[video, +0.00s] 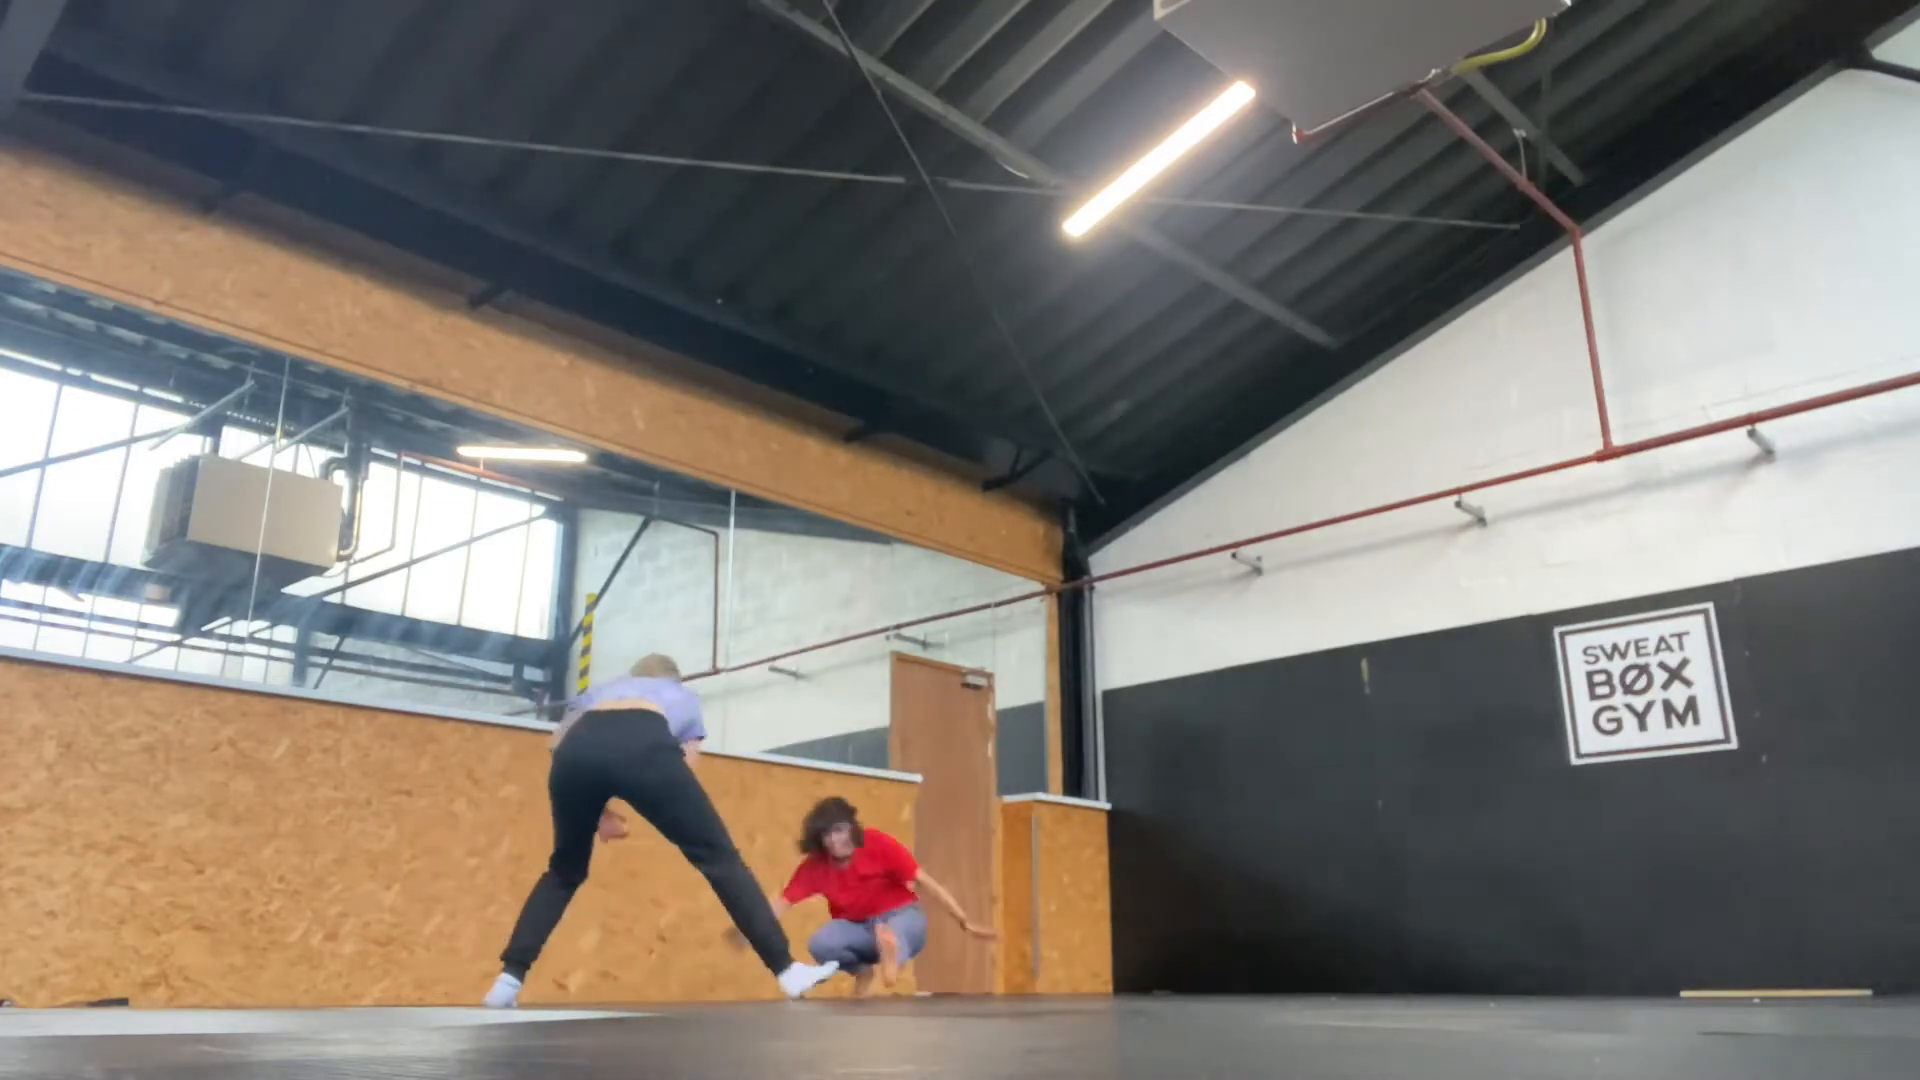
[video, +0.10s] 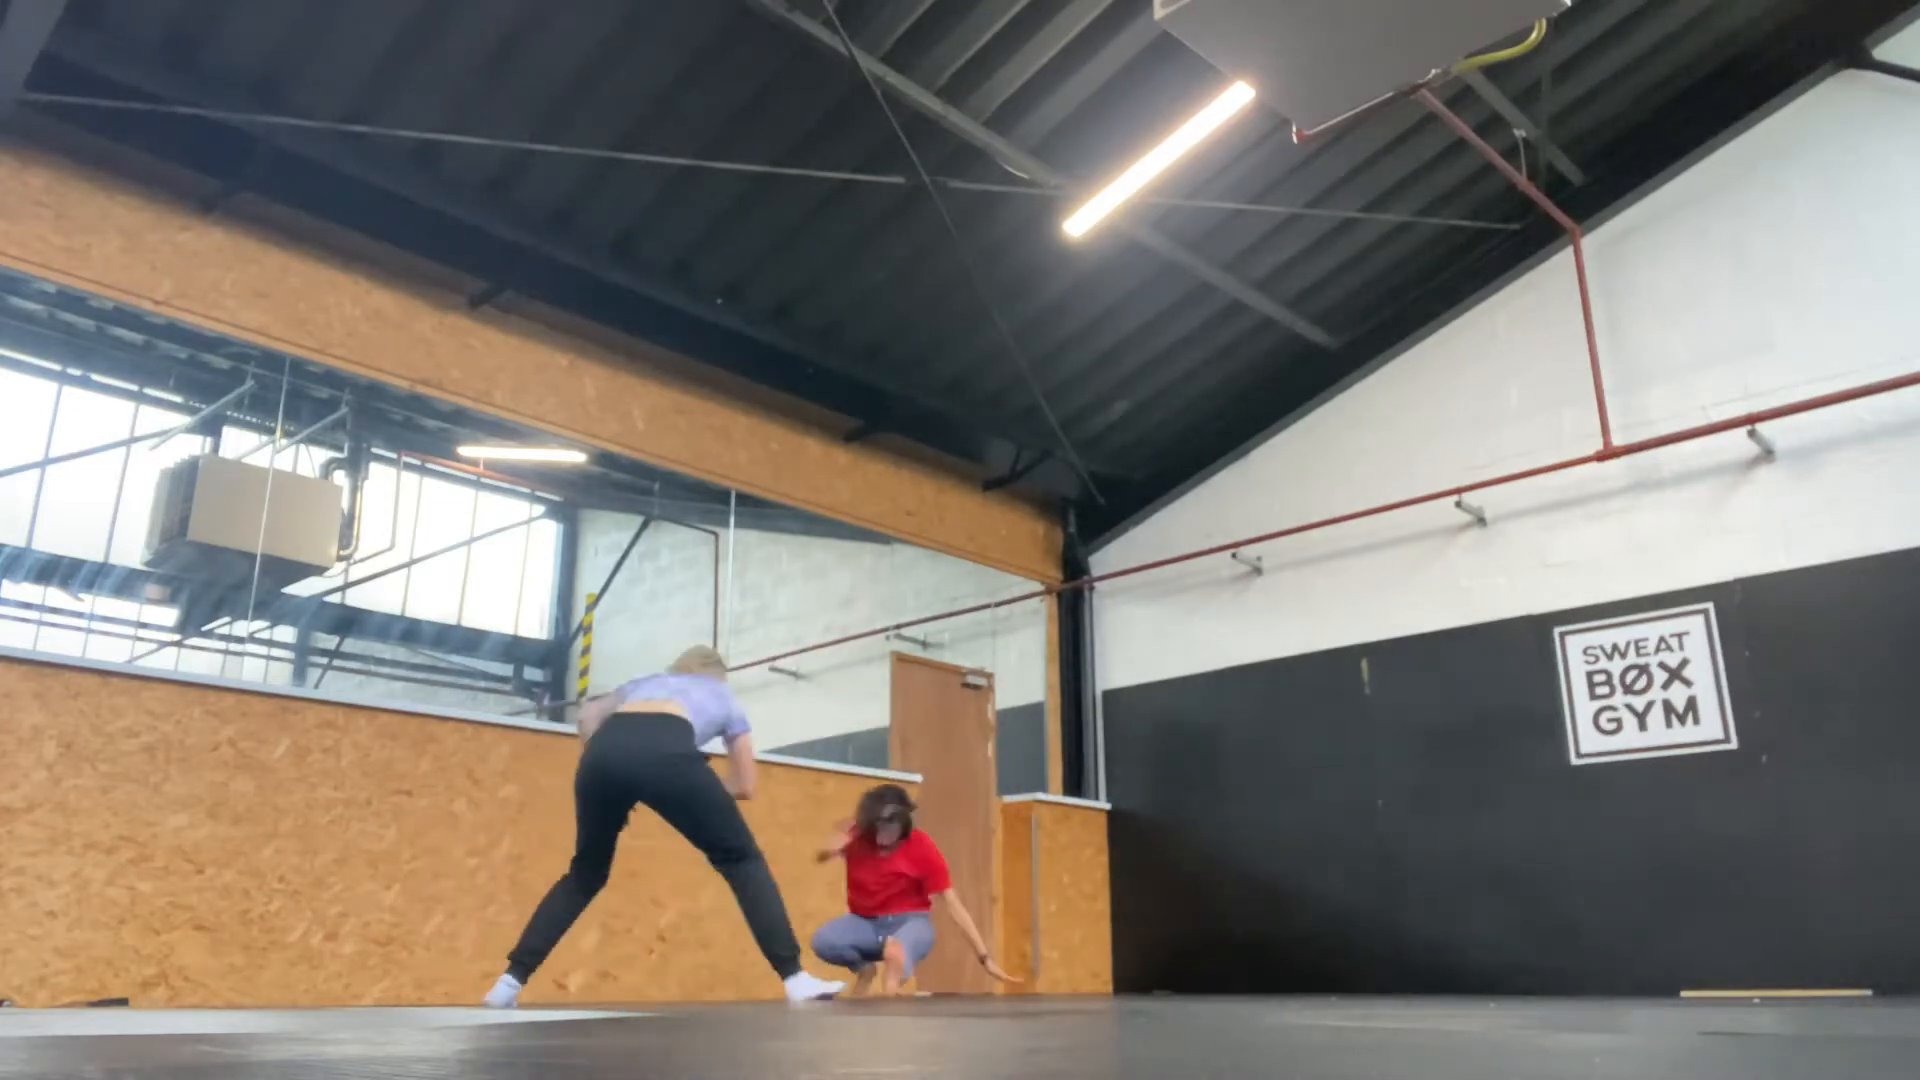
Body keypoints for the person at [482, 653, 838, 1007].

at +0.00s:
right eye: (676, 683)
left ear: (635, 674)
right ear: (676, 678)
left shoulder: (601, 689)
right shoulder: (685, 697)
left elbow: (561, 750)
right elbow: (683, 767)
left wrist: (596, 815)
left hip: (578, 747)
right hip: (644, 745)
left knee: (564, 869)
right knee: (719, 858)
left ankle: (508, 980)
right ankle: (787, 970)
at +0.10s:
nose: (722, 686)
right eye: (723, 679)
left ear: (679, 668)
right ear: (720, 675)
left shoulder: (645, 683)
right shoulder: (725, 699)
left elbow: (587, 714)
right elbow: (744, 786)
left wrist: (602, 760)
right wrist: (702, 782)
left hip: (605, 751)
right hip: (668, 752)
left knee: (586, 873)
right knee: (741, 861)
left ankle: (509, 984)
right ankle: (796, 979)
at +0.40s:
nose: (867, 703)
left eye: (865, 693)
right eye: (865, 694)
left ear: (817, 670)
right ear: (853, 683)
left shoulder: (778, 674)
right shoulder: (850, 697)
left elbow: (709, 682)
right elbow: (914, 744)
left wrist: (720, 698)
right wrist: (977, 780)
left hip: (696, 716)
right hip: (752, 729)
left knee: (624, 846)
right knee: (807, 849)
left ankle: (530, 958)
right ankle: (806, 980)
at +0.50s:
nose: (883, 692)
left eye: (883, 684)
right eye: (881, 685)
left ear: (834, 663)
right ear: (866, 674)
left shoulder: (794, 669)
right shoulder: (856, 685)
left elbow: (737, 684)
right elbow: (907, 720)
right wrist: (975, 756)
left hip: (705, 718)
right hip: (761, 726)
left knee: (646, 846)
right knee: (814, 850)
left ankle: (556, 933)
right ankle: (808, 980)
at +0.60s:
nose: (890, 671)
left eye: (892, 664)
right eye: (890, 662)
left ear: (845, 640)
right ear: (873, 650)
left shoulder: (795, 661)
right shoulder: (857, 664)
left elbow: (725, 683)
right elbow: (863, 681)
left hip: (709, 719)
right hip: (764, 728)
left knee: (661, 846)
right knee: (816, 850)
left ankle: (581, 917)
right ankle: (808, 978)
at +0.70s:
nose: (881, 639)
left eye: (883, 631)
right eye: (880, 630)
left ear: (835, 615)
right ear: (863, 624)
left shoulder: (785, 641)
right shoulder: (847, 638)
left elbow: (723, 674)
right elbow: (831, 653)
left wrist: (724, 679)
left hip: (706, 715)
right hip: (762, 719)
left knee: (665, 845)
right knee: (809, 849)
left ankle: (587, 917)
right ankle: (808, 979)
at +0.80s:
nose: (860, 608)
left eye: (863, 600)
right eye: (861, 598)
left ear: (814, 583)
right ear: (849, 589)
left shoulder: (764, 613)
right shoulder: (831, 608)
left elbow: (699, 661)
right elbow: (795, 617)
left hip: (692, 711)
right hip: (751, 713)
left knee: (665, 845)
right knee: (789, 848)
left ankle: (584, 935)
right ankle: (807, 978)